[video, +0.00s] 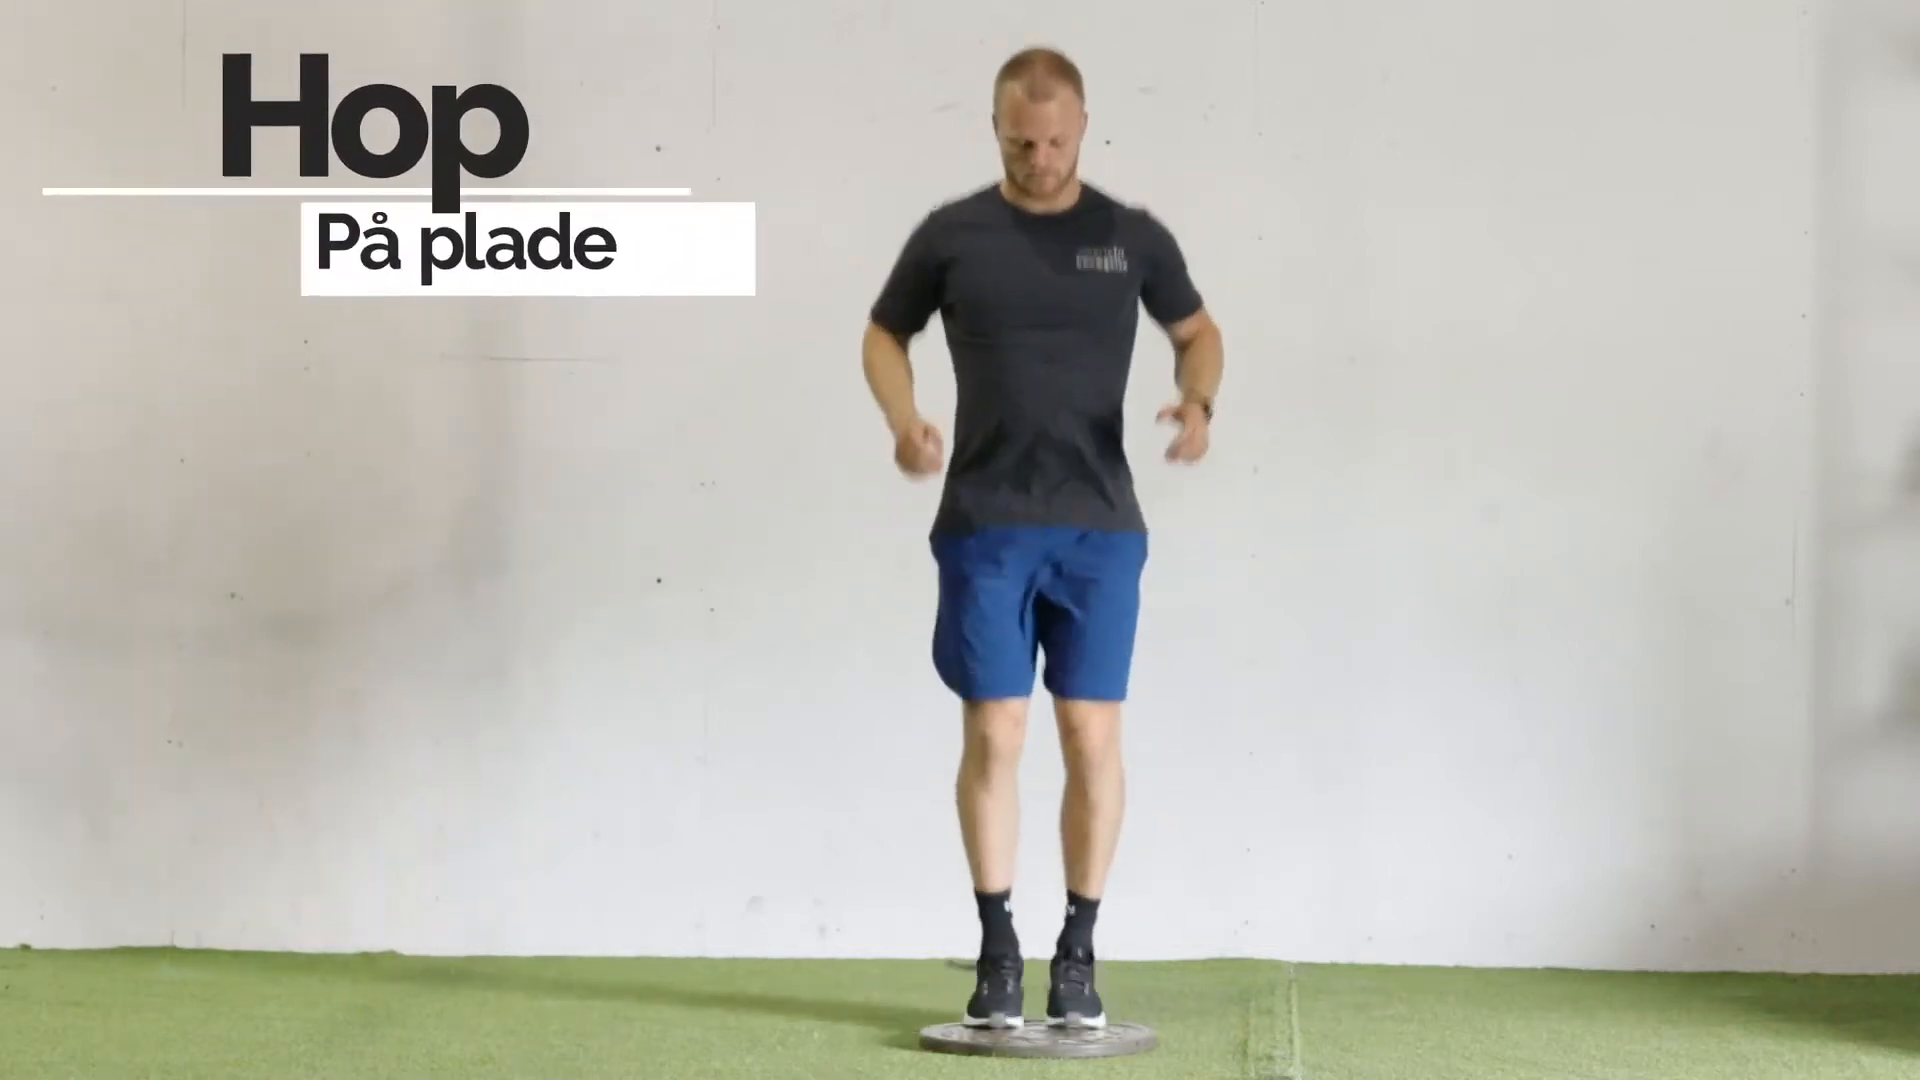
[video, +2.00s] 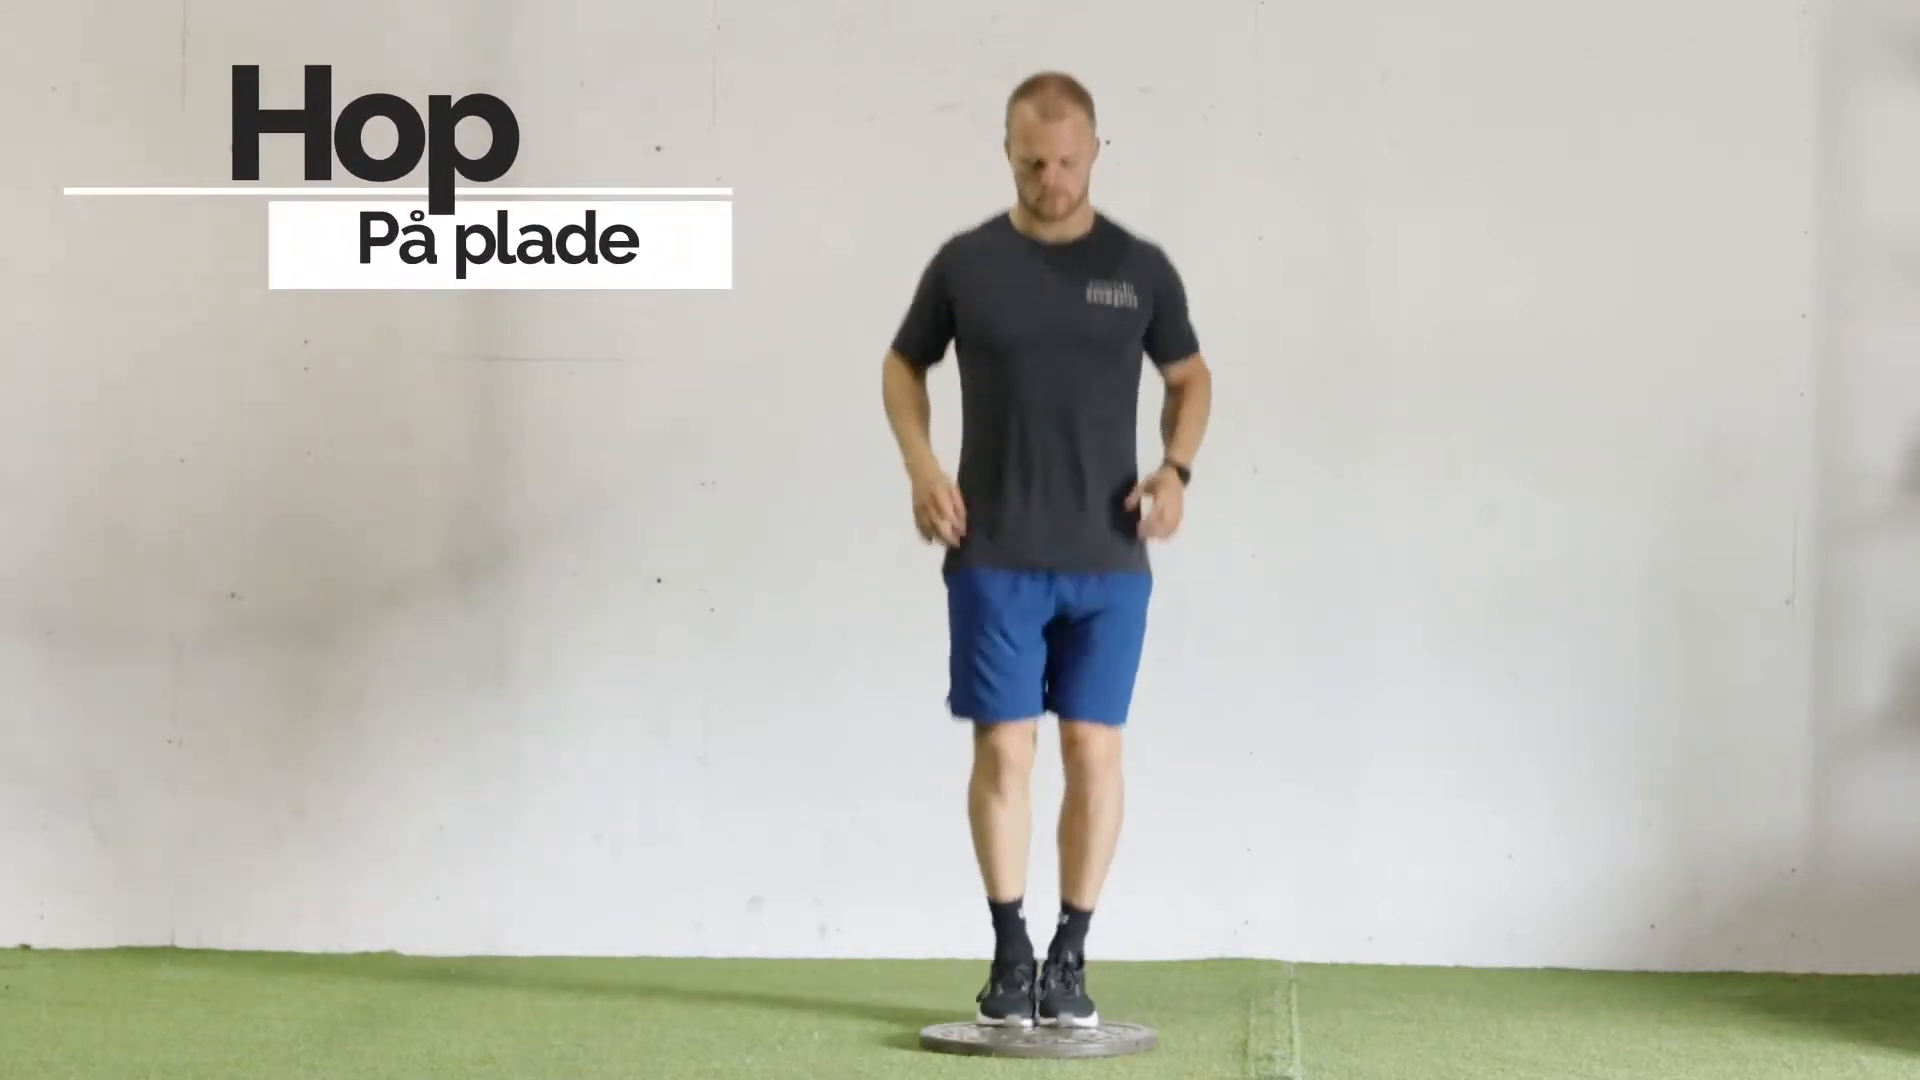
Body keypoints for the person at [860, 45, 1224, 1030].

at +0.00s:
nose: (1041, 155)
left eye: (1057, 138)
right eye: (1024, 139)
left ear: (1082, 131)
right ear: (999, 132)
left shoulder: (1132, 237)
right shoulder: (951, 235)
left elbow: (1195, 330)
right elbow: (885, 334)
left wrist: (1198, 399)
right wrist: (905, 418)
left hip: (1099, 521)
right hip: (986, 519)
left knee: (1091, 736)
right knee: (995, 736)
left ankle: (1077, 955)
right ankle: (999, 956)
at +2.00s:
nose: (1049, 176)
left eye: (1065, 158)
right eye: (1032, 159)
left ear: (1094, 154)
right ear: (1008, 156)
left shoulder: (1139, 267)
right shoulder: (964, 263)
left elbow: (1190, 378)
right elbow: (903, 366)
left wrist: (1174, 470)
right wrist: (922, 467)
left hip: (1108, 556)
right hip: (995, 553)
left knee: (1092, 747)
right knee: (1004, 750)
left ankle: (1067, 960)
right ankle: (1010, 958)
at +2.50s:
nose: (1047, 157)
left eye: (1063, 140)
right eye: (1032, 141)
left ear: (1094, 136)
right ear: (1010, 140)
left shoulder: (1143, 243)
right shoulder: (967, 241)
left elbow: (1210, 343)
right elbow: (892, 339)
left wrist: (1189, 378)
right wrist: (934, 358)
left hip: (1112, 531)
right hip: (999, 532)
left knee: (1113, 736)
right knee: (1003, 734)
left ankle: (1104, 934)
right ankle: (1012, 933)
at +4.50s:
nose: (1052, 98)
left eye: (1068, 81)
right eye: (1035, 81)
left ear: (1099, 75)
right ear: (1013, 77)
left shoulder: (1148, 180)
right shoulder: (973, 178)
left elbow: (1218, 272)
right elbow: (895, 269)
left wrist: (1198, 308)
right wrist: (921, 293)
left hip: (1118, 469)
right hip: (1003, 468)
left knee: (1114, 681)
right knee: (1003, 677)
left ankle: (1102, 886)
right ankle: (1009, 890)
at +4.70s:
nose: (1050, 128)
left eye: (1066, 110)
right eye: (1033, 111)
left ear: (1096, 106)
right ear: (1011, 110)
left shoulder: (1147, 217)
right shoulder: (965, 212)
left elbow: (1209, 318)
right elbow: (905, 313)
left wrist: (1197, 372)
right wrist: (927, 379)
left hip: (1108, 500)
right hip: (996, 497)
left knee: (1098, 714)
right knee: (998, 715)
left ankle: (1081, 946)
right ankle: (1000, 944)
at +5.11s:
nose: (1043, 105)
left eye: (1059, 86)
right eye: (1025, 87)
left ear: (1089, 76)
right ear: (1002, 82)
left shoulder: (1143, 186)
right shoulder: (962, 183)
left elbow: (1211, 279)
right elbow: (904, 280)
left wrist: (1184, 357)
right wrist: (925, 365)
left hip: (1112, 476)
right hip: (997, 475)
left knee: (1109, 686)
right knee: (997, 683)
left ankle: (1096, 900)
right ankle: (996, 896)